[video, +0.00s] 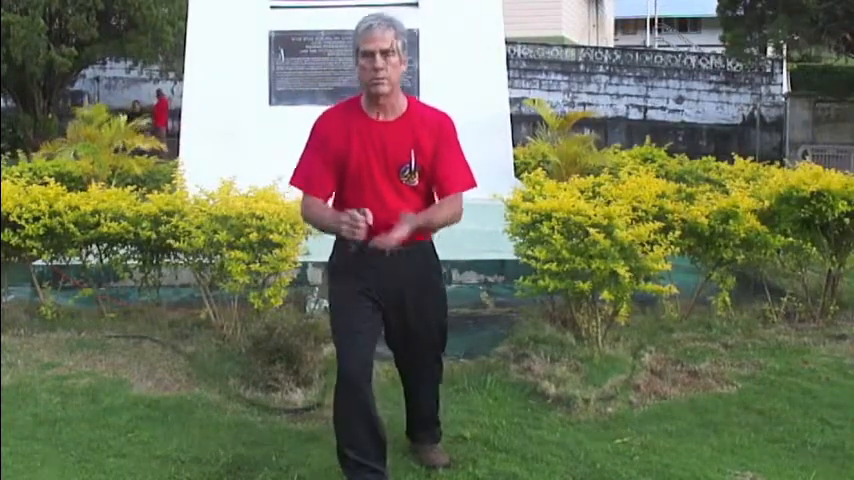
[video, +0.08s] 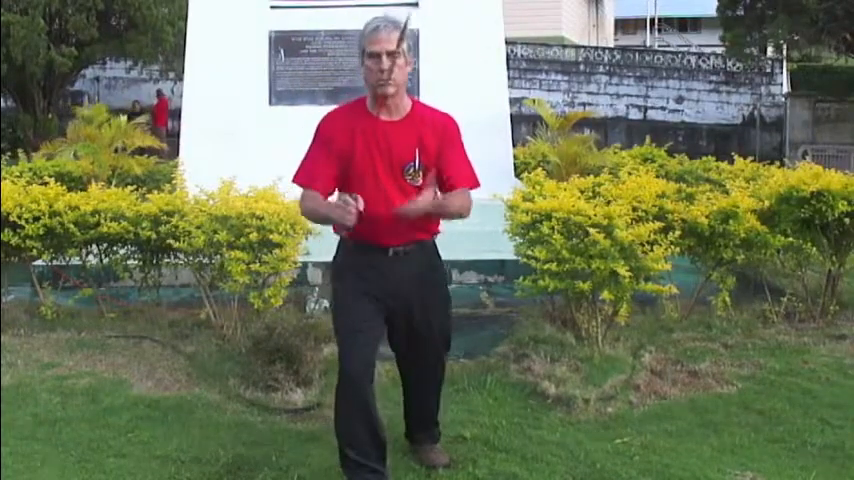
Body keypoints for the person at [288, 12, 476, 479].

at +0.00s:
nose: (377, 65)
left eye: (387, 55)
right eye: (367, 56)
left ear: (403, 62)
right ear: (355, 63)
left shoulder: (434, 124)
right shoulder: (332, 124)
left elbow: (454, 206)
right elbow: (310, 205)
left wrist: (414, 221)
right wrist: (339, 222)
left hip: (415, 263)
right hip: (353, 264)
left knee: (424, 361)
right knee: (352, 373)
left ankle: (426, 438)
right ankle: (365, 471)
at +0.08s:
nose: (383, 67)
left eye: (394, 57)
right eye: (373, 58)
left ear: (409, 63)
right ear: (361, 64)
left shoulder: (439, 125)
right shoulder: (338, 124)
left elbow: (464, 202)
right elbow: (308, 202)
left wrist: (435, 204)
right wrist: (333, 212)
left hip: (420, 264)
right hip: (358, 265)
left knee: (427, 360)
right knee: (354, 370)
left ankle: (425, 438)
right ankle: (365, 472)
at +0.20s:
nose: (396, 64)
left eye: (406, 55)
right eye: (386, 56)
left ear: (422, 61)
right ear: (375, 62)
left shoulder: (449, 123)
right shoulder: (348, 121)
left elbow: (487, 186)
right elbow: (306, 189)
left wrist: (470, 154)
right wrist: (322, 174)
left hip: (427, 261)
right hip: (366, 262)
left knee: (439, 357)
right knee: (361, 367)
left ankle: (426, 438)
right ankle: (366, 471)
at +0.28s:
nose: (402, 60)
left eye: (413, 51)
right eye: (392, 51)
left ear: (428, 57)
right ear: (380, 57)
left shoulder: (453, 117)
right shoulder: (354, 115)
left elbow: (496, 172)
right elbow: (306, 176)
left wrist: (484, 125)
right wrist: (319, 156)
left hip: (431, 256)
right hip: (370, 257)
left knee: (442, 356)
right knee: (364, 372)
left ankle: (427, 440)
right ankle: (363, 472)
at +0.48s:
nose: (408, 45)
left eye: (418, 37)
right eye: (399, 37)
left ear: (432, 44)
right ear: (386, 44)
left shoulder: (459, 103)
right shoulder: (361, 100)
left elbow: (509, 148)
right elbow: (306, 145)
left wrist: (499, 90)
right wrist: (322, 108)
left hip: (434, 239)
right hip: (375, 238)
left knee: (435, 348)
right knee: (361, 343)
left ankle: (425, 438)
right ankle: (350, 456)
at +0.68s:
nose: (406, 44)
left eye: (416, 37)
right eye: (397, 36)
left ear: (430, 46)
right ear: (385, 44)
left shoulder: (456, 105)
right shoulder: (359, 101)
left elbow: (500, 163)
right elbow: (302, 142)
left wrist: (493, 99)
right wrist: (322, 105)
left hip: (432, 237)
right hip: (372, 235)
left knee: (432, 345)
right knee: (353, 335)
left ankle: (426, 438)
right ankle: (337, 435)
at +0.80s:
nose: (396, 43)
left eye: (406, 35)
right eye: (387, 36)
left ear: (421, 45)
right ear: (376, 47)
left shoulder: (442, 102)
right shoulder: (352, 100)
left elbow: (484, 175)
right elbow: (293, 149)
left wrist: (470, 117)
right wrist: (310, 118)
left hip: (423, 236)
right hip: (364, 235)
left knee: (429, 343)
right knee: (347, 338)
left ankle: (426, 437)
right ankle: (334, 432)